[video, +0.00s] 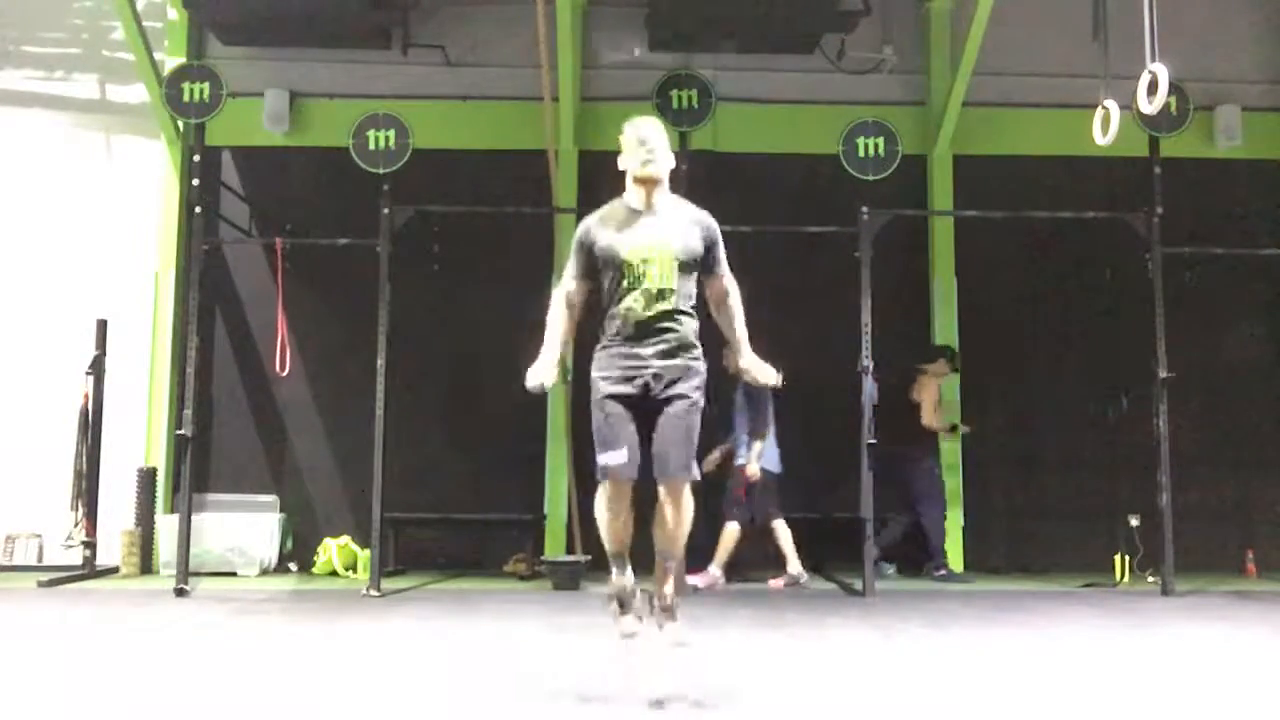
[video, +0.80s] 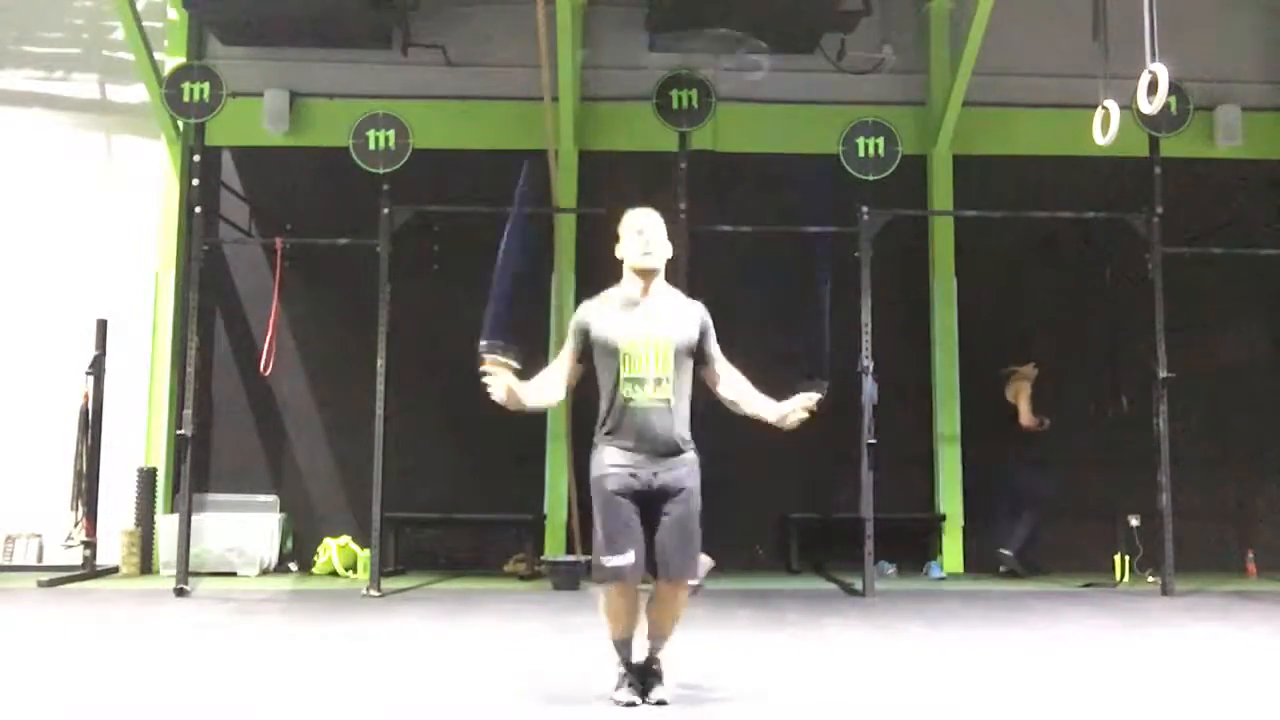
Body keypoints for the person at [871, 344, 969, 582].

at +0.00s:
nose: (946, 375)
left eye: (948, 370)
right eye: (947, 369)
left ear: (928, 362)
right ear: (940, 363)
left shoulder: (903, 379)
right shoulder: (929, 383)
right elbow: (928, 420)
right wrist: (952, 427)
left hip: (894, 451)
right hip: (918, 453)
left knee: (906, 507)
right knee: (931, 506)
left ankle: (877, 552)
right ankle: (938, 563)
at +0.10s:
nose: (961, 369)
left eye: (961, 365)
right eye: (960, 365)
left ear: (942, 361)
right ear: (954, 363)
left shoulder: (932, 380)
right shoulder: (943, 382)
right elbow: (944, 418)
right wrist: (964, 424)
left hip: (924, 446)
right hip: (934, 449)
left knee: (934, 501)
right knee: (939, 502)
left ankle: (903, 535)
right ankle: (939, 562)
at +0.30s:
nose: (981, 369)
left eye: (981, 364)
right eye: (978, 364)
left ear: (962, 361)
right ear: (967, 362)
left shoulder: (944, 379)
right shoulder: (965, 380)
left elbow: (945, 416)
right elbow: (970, 419)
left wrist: (978, 418)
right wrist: (987, 422)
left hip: (942, 447)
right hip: (957, 450)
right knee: (954, 503)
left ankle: (964, 543)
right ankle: (942, 562)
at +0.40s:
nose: (989, 373)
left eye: (990, 368)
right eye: (989, 368)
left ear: (969, 363)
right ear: (982, 365)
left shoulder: (949, 382)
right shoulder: (976, 381)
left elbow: (947, 421)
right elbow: (981, 421)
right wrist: (997, 423)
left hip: (952, 450)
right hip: (968, 452)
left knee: (981, 502)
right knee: (959, 505)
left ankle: (989, 558)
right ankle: (942, 563)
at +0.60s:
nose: (1014, 372)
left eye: (1014, 367)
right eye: (1012, 367)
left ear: (993, 367)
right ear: (1004, 367)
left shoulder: (982, 385)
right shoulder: (1000, 384)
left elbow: (982, 420)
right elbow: (1003, 422)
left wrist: (1014, 421)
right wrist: (1020, 425)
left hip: (976, 451)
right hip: (992, 453)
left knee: (994, 507)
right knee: (989, 508)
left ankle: (1002, 559)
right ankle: (958, 555)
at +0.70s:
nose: (1025, 371)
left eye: (1024, 367)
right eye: (1022, 367)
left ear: (1005, 368)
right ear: (1014, 368)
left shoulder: (994, 386)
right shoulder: (1012, 386)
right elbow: (1015, 421)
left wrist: (1024, 421)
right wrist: (1031, 423)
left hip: (990, 451)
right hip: (1005, 453)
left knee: (998, 506)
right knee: (1013, 509)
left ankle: (1007, 559)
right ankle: (982, 547)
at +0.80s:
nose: (1035, 370)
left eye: (1034, 366)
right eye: (1033, 367)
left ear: (1016, 371)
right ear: (1028, 370)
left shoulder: (1008, 386)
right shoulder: (1023, 385)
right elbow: (1025, 420)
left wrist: (1037, 421)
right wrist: (1042, 423)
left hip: (1008, 452)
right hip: (1022, 455)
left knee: (1015, 504)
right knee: (1034, 503)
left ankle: (1021, 556)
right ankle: (1011, 549)